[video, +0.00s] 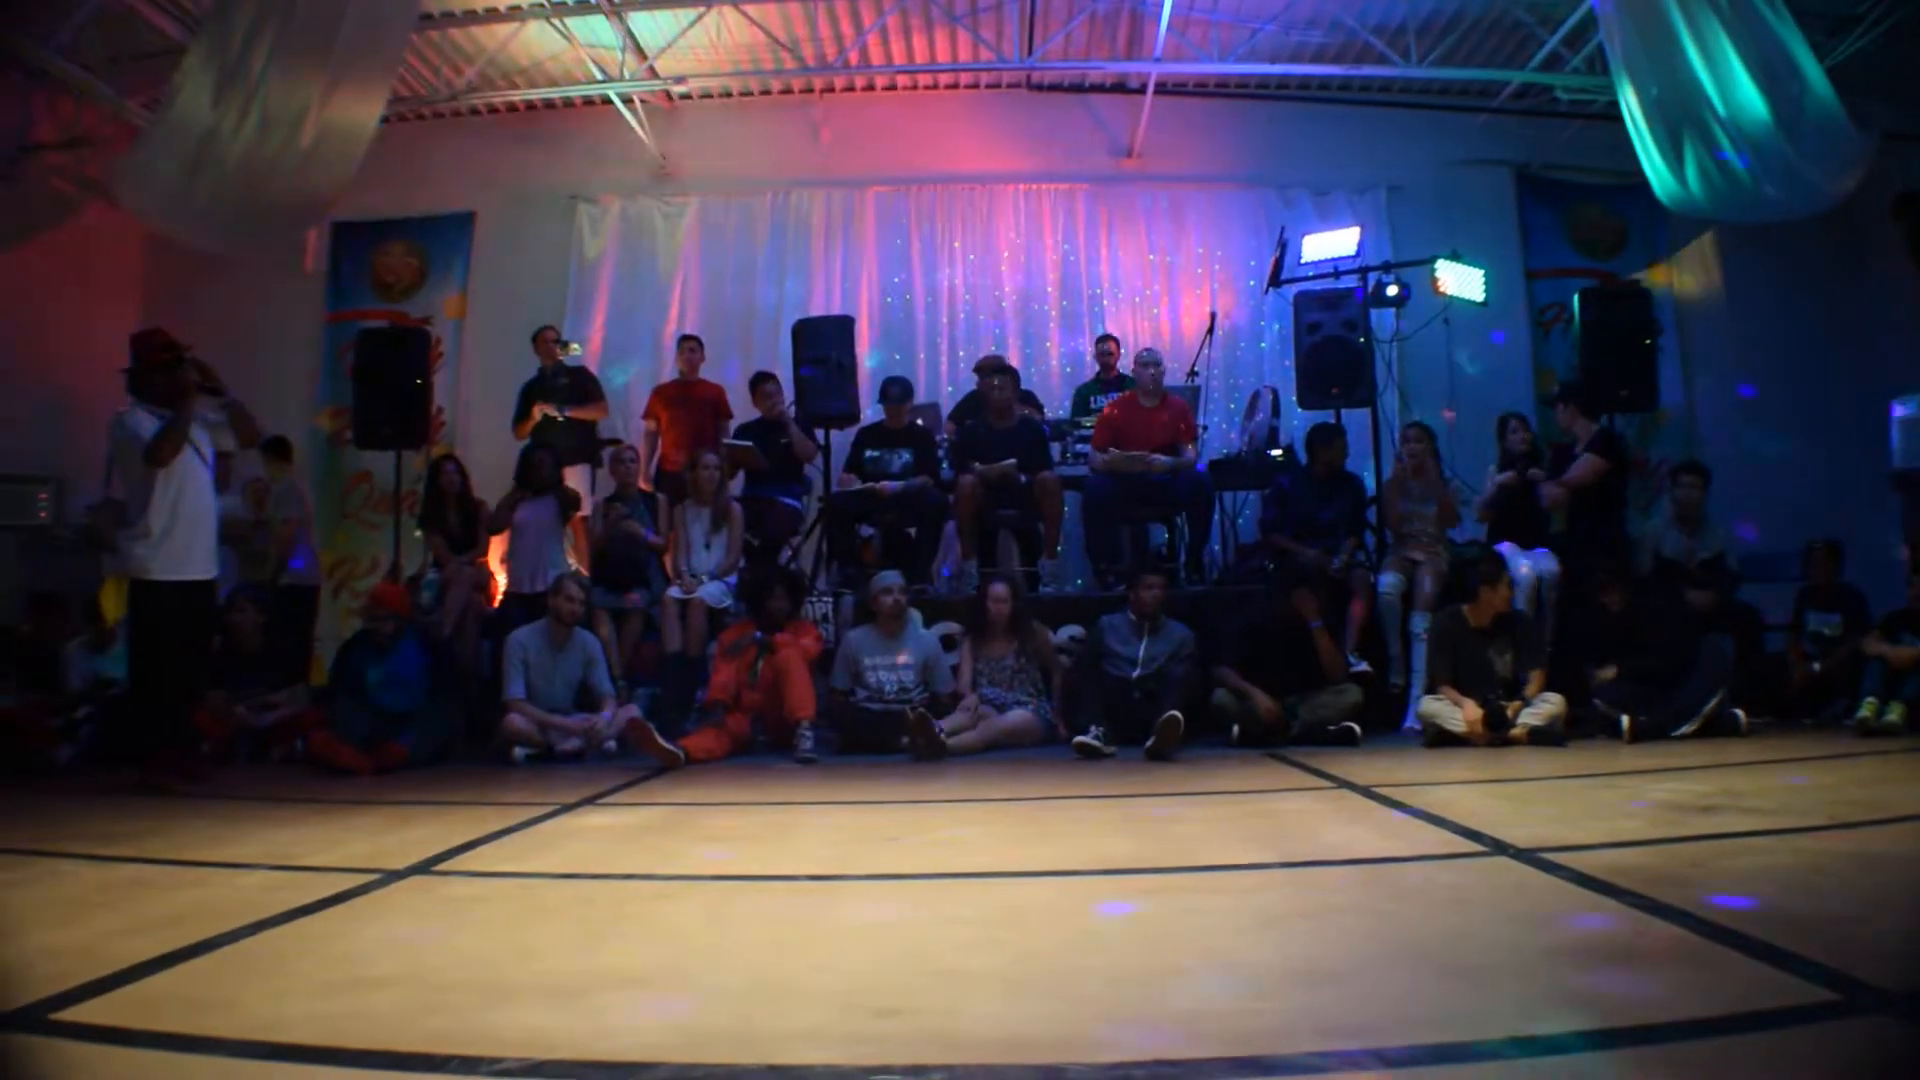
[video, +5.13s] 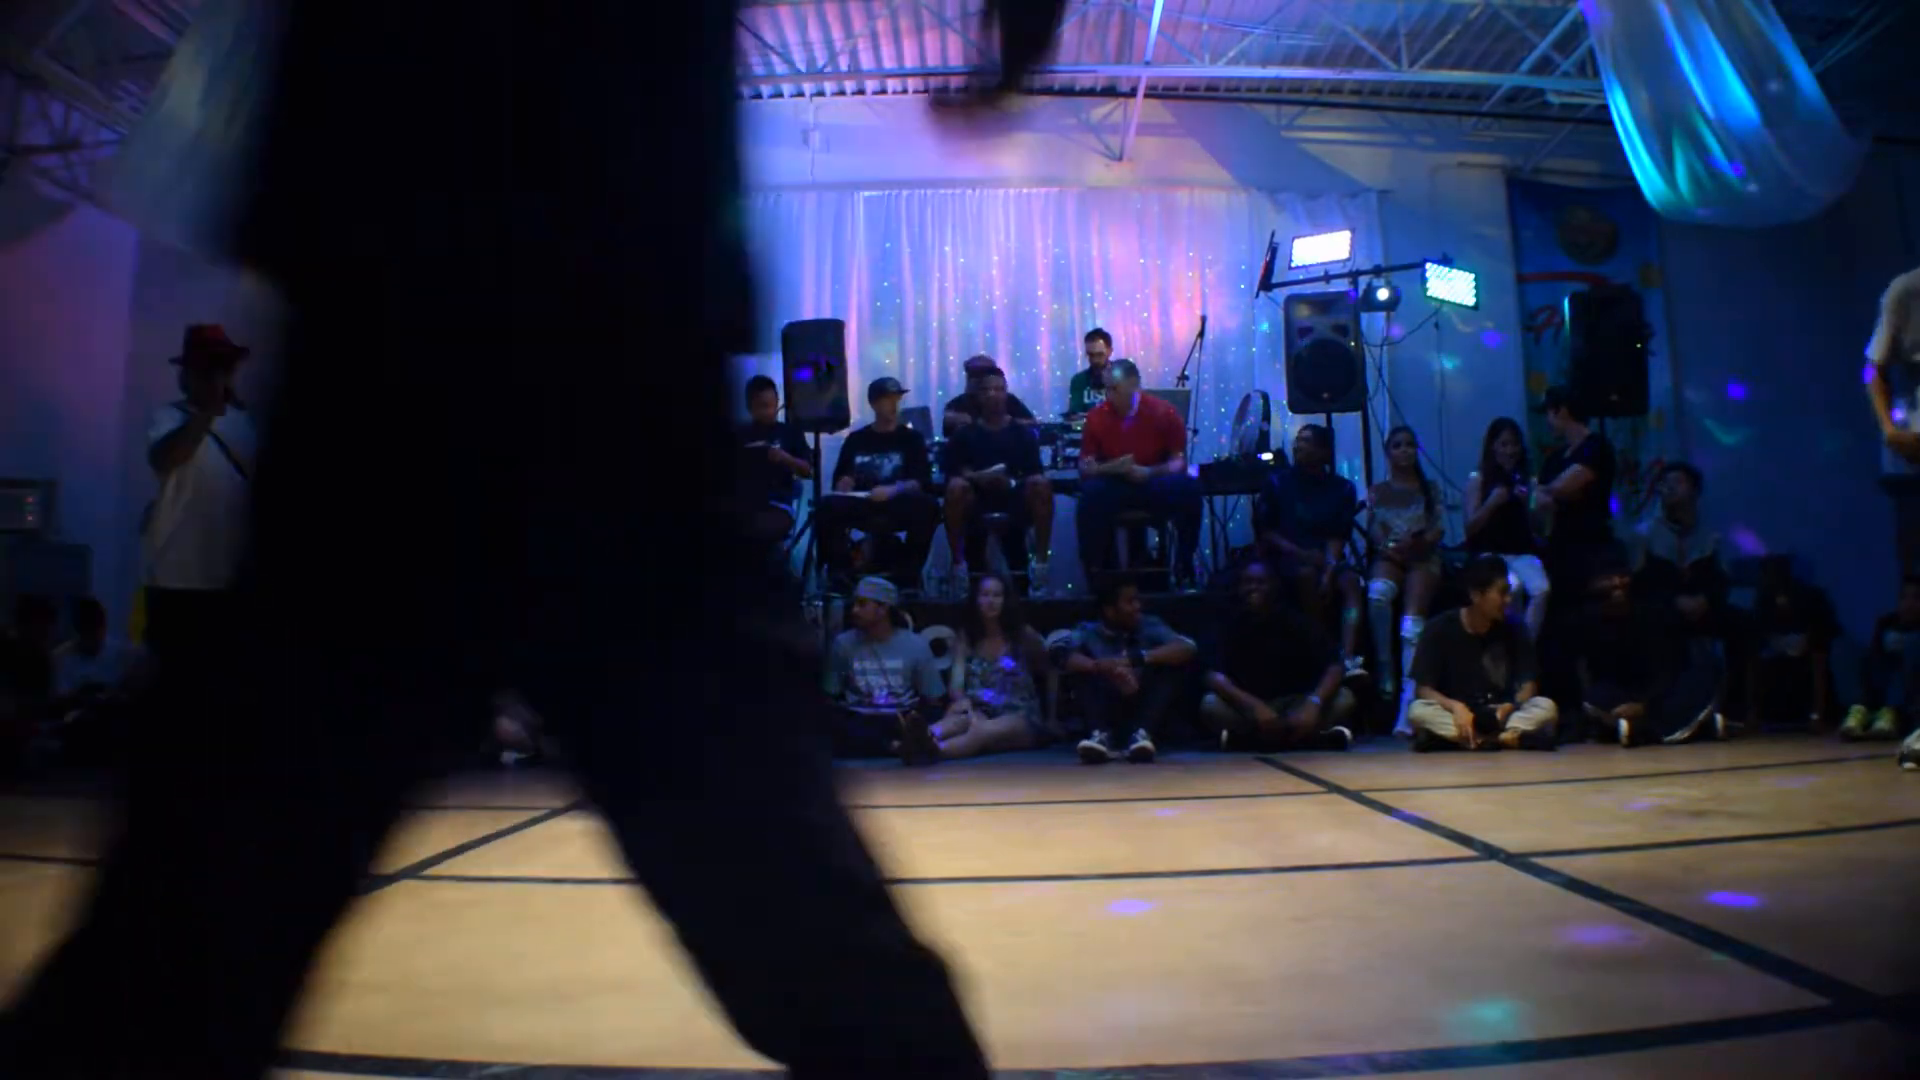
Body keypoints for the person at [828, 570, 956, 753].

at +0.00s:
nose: (896, 599)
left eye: (901, 592)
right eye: (887, 593)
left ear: (907, 598)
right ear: (874, 601)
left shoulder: (926, 641)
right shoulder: (854, 640)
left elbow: (943, 696)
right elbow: (838, 694)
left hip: (913, 711)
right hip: (869, 711)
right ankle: (903, 740)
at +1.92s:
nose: (887, 603)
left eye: (891, 597)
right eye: (878, 598)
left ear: (898, 602)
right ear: (865, 606)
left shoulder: (916, 644)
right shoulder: (845, 645)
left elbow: (936, 701)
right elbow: (829, 699)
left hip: (908, 717)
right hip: (863, 717)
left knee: (964, 714)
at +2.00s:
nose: (886, 603)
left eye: (891, 596)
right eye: (878, 598)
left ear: (897, 601)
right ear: (864, 605)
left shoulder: (916, 645)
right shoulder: (845, 645)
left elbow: (937, 702)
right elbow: (829, 701)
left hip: (908, 721)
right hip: (862, 722)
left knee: (964, 714)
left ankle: (925, 747)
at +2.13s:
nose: (887, 603)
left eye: (892, 597)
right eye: (879, 597)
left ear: (898, 602)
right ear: (865, 606)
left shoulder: (916, 645)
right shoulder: (845, 645)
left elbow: (937, 702)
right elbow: (828, 698)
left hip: (906, 716)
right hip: (860, 717)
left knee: (964, 713)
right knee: (829, 716)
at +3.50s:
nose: (863, 606)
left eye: (870, 599)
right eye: (862, 599)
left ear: (891, 605)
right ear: (858, 602)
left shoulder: (916, 645)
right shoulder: (845, 644)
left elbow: (934, 699)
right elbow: (830, 692)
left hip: (903, 715)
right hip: (859, 716)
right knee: (828, 717)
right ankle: (893, 746)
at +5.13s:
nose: (855, 611)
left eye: (862, 604)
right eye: (855, 604)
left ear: (882, 609)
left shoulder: (914, 645)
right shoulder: (844, 644)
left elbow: (934, 699)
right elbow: (831, 696)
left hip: (904, 717)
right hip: (860, 717)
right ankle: (893, 746)